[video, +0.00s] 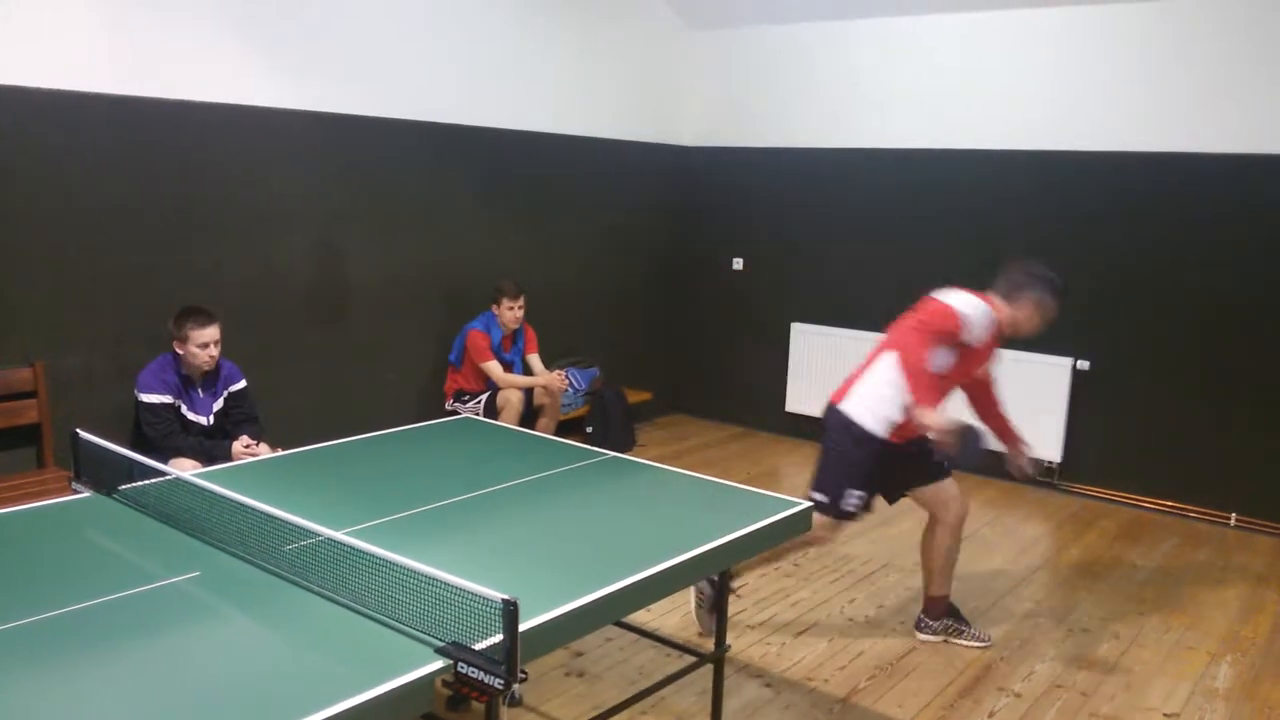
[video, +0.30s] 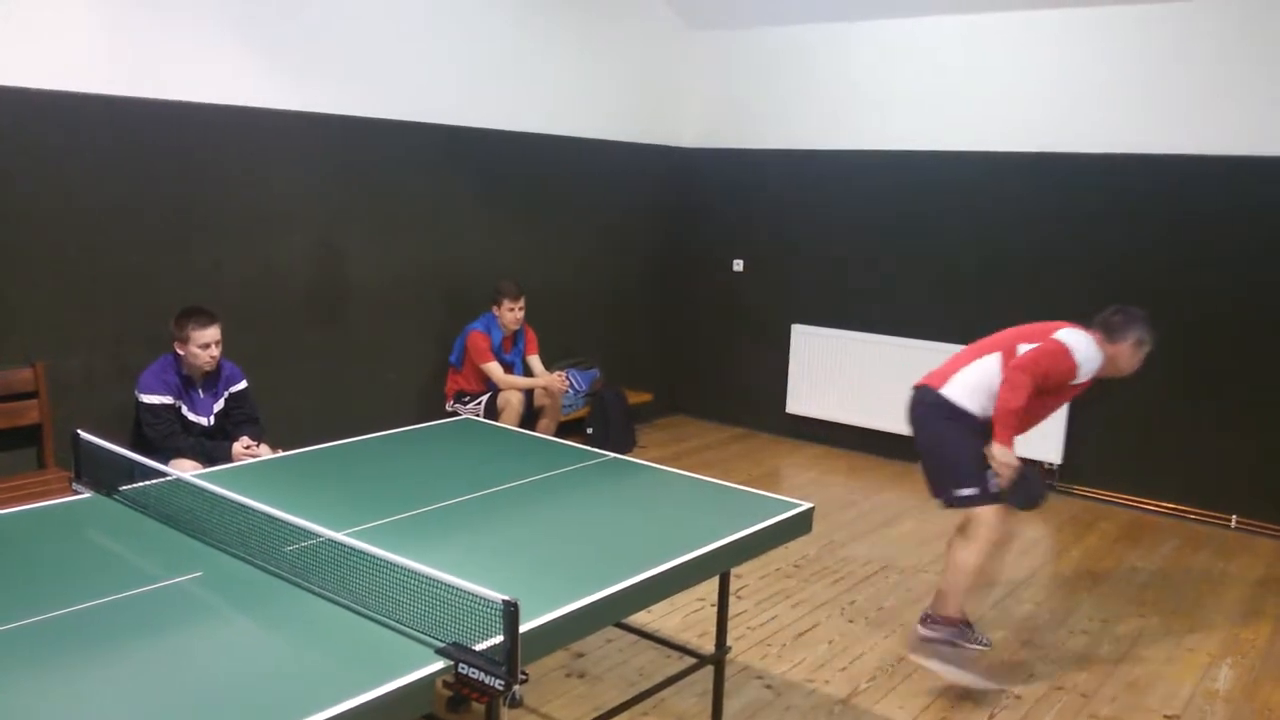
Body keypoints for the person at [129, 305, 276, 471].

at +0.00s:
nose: (213, 353)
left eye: (216, 344)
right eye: (203, 347)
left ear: (221, 341)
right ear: (179, 347)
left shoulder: (229, 373)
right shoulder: (154, 380)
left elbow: (245, 421)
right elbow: (167, 442)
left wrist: (246, 439)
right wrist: (227, 450)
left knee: (264, 453)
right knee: (189, 469)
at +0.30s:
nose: (214, 354)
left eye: (217, 345)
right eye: (204, 347)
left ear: (222, 342)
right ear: (180, 348)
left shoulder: (230, 374)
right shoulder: (155, 382)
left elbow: (246, 422)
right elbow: (168, 443)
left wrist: (246, 440)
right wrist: (227, 452)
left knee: (263, 453)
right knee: (189, 470)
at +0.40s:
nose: (188, 361)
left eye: (197, 352)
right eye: (180, 352)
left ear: (212, 352)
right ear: (170, 351)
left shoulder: (225, 381)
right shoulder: (150, 388)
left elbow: (241, 428)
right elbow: (163, 450)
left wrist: (241, 448)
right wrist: (223, 459)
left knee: (260, 461)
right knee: (184, 477)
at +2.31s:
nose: (203, 361)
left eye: (210, 352)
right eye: (194, 353)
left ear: (221, 348)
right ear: (178, 350)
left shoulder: (232, 379)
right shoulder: (158, 385)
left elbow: (248, 426)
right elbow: (169, 447)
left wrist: (248, 444)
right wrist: (230, 456)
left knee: (267, 459)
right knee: (191, 474)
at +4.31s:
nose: (194, 362)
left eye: (201, 353)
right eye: (185, 354)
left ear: (210, 350)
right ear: (168, 352)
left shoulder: (223, 381)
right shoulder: (147, 387)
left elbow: (239, 430)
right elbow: (160, 449)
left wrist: (240, 448)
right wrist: (221, 459)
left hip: (212, 459)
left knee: (257, 462)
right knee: (181, 477)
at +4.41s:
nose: (194, 361)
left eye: (201, 352)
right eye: (185, 353)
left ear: (210, 350)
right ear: (168, 351)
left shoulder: (223, 380)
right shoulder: (147, 387)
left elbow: (239, 429)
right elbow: (159, 448)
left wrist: (239, 447)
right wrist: (220, 459)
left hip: (212, 459)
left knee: (257, 461)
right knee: (181, 476)